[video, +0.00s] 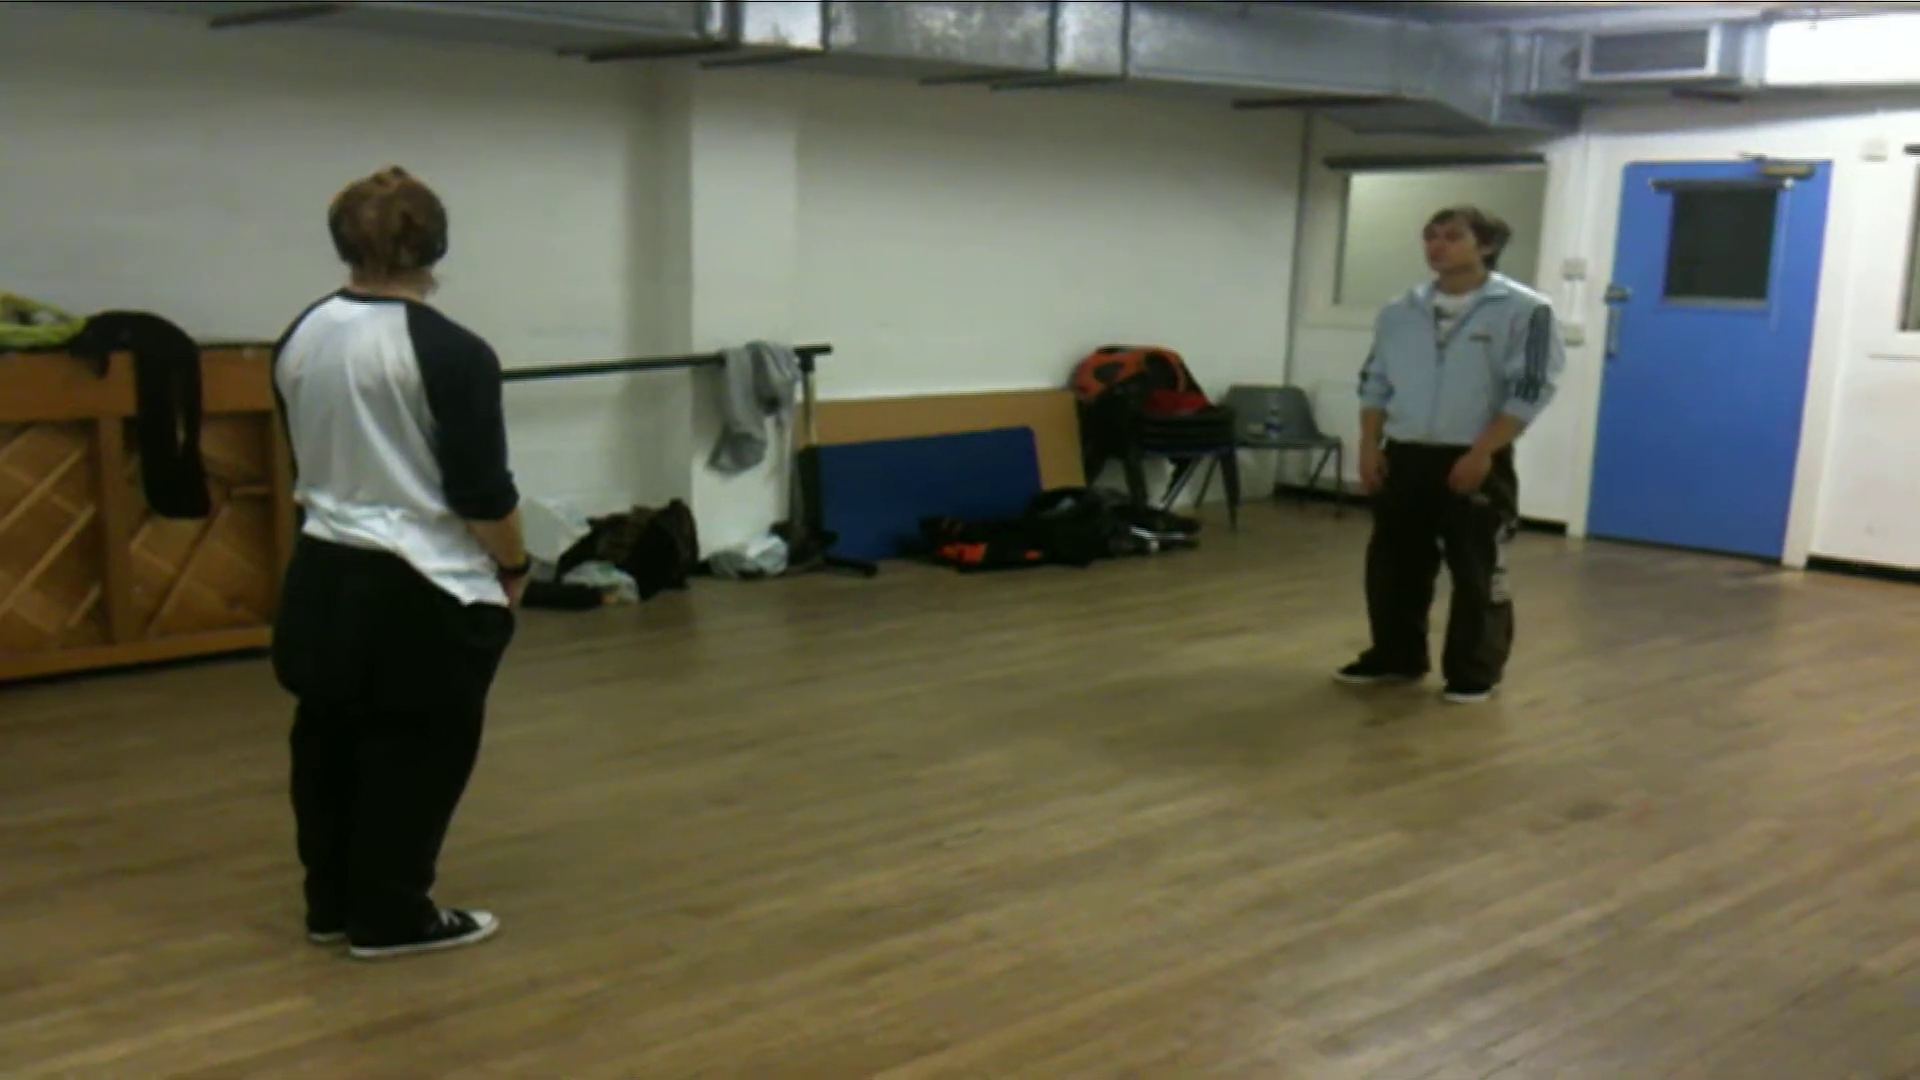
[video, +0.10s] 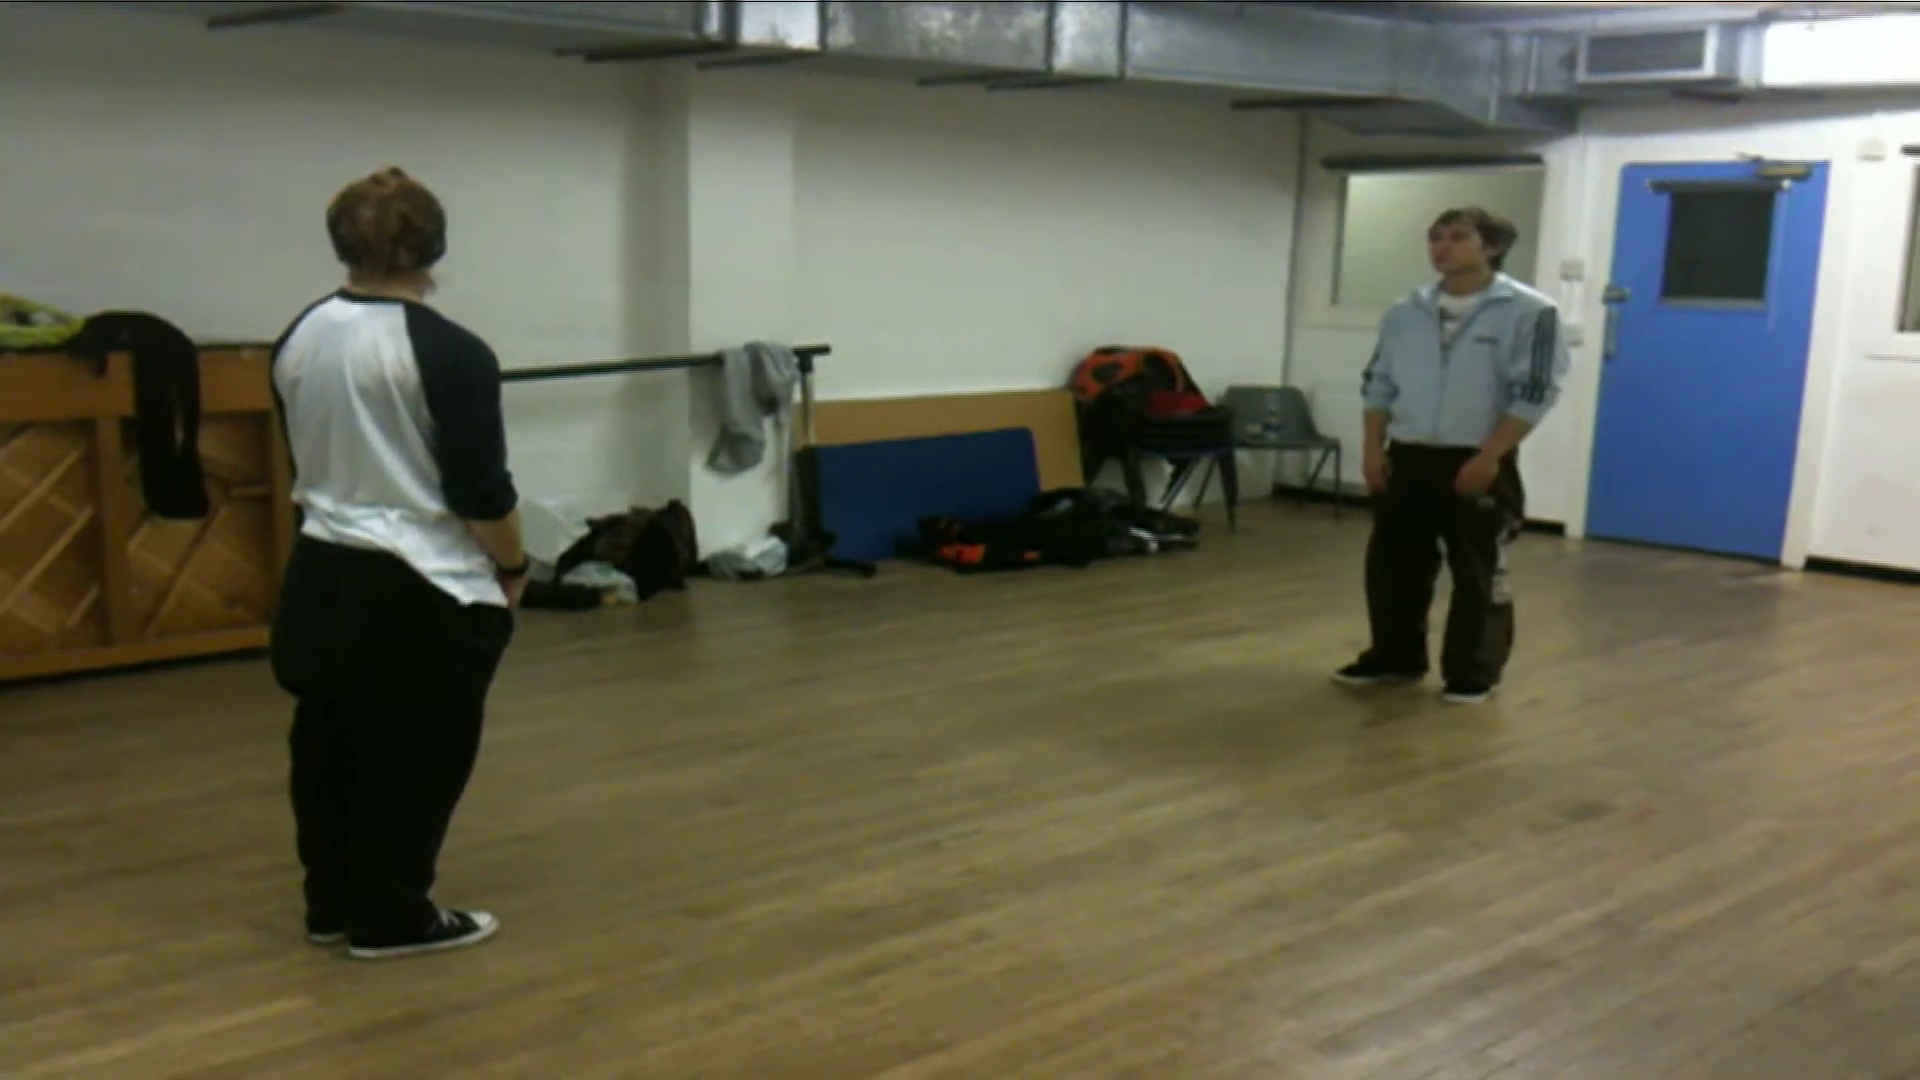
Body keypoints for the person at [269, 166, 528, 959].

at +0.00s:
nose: (439, 252)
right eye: (436, 242)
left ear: (347, 248)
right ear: (431, 249)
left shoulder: (300, 339)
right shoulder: (453, 355)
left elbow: (308, 469)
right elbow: (483, 492)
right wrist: (512, 566)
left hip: (324, 585)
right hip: (428, 599)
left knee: (330, 738)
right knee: (423, 756)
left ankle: (331, 902)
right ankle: (393, 913)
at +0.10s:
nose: (439, 253)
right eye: (436, 242)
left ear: (345, 248)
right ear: (429, 250)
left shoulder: (299, 340)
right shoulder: (452, 355)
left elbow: (304, 470)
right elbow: (481, 492)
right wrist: (512, 566)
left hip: (323, 585)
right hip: (427, 599)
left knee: (329, 740)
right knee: (421, 757)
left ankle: (330, 902)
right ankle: (394, 914)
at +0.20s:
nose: (438, 251)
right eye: (435, 240)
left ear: (345, 246)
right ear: (428, 247)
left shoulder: (298, 336)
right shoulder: (451, 352)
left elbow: (306, 467)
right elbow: (481, 490)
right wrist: (512, 563)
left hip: (322, 582)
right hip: (427, 596)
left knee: (328, 735)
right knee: (422, 752)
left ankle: (330, 899)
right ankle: (393, 910)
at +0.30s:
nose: (439, 250)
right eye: (436, 239)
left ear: (346, 245)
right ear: (429, 247)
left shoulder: (297, 337)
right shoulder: (451, 351)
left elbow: (305, 467)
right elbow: (482, 490)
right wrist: (511, 564)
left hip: (322, 582)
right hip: (426, 596)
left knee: (328, 735)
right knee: (421, 752)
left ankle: (329, 900)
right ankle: (392, 910)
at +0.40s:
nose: (432, 251)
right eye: (429, 240)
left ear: (338, 245)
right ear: (422, 247)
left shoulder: (290, 337)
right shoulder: (445, 351)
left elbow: (298, 466)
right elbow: (475, 489)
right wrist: (505, 563)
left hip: (316, 583)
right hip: (420, 596)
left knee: (322, 735)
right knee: (417, 751)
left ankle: (324, 900)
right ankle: (387, 910)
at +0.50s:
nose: (430, 245)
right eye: (426, 234)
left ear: (336, 241)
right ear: (419, 242)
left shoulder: (287, 333)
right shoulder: (442, 347)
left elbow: (296, 462)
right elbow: (473, 486)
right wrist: (503, 559)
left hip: (314, 579)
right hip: (418, 593)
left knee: (320, 735)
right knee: (415, 748)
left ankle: (323, 897)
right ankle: (385, 907)